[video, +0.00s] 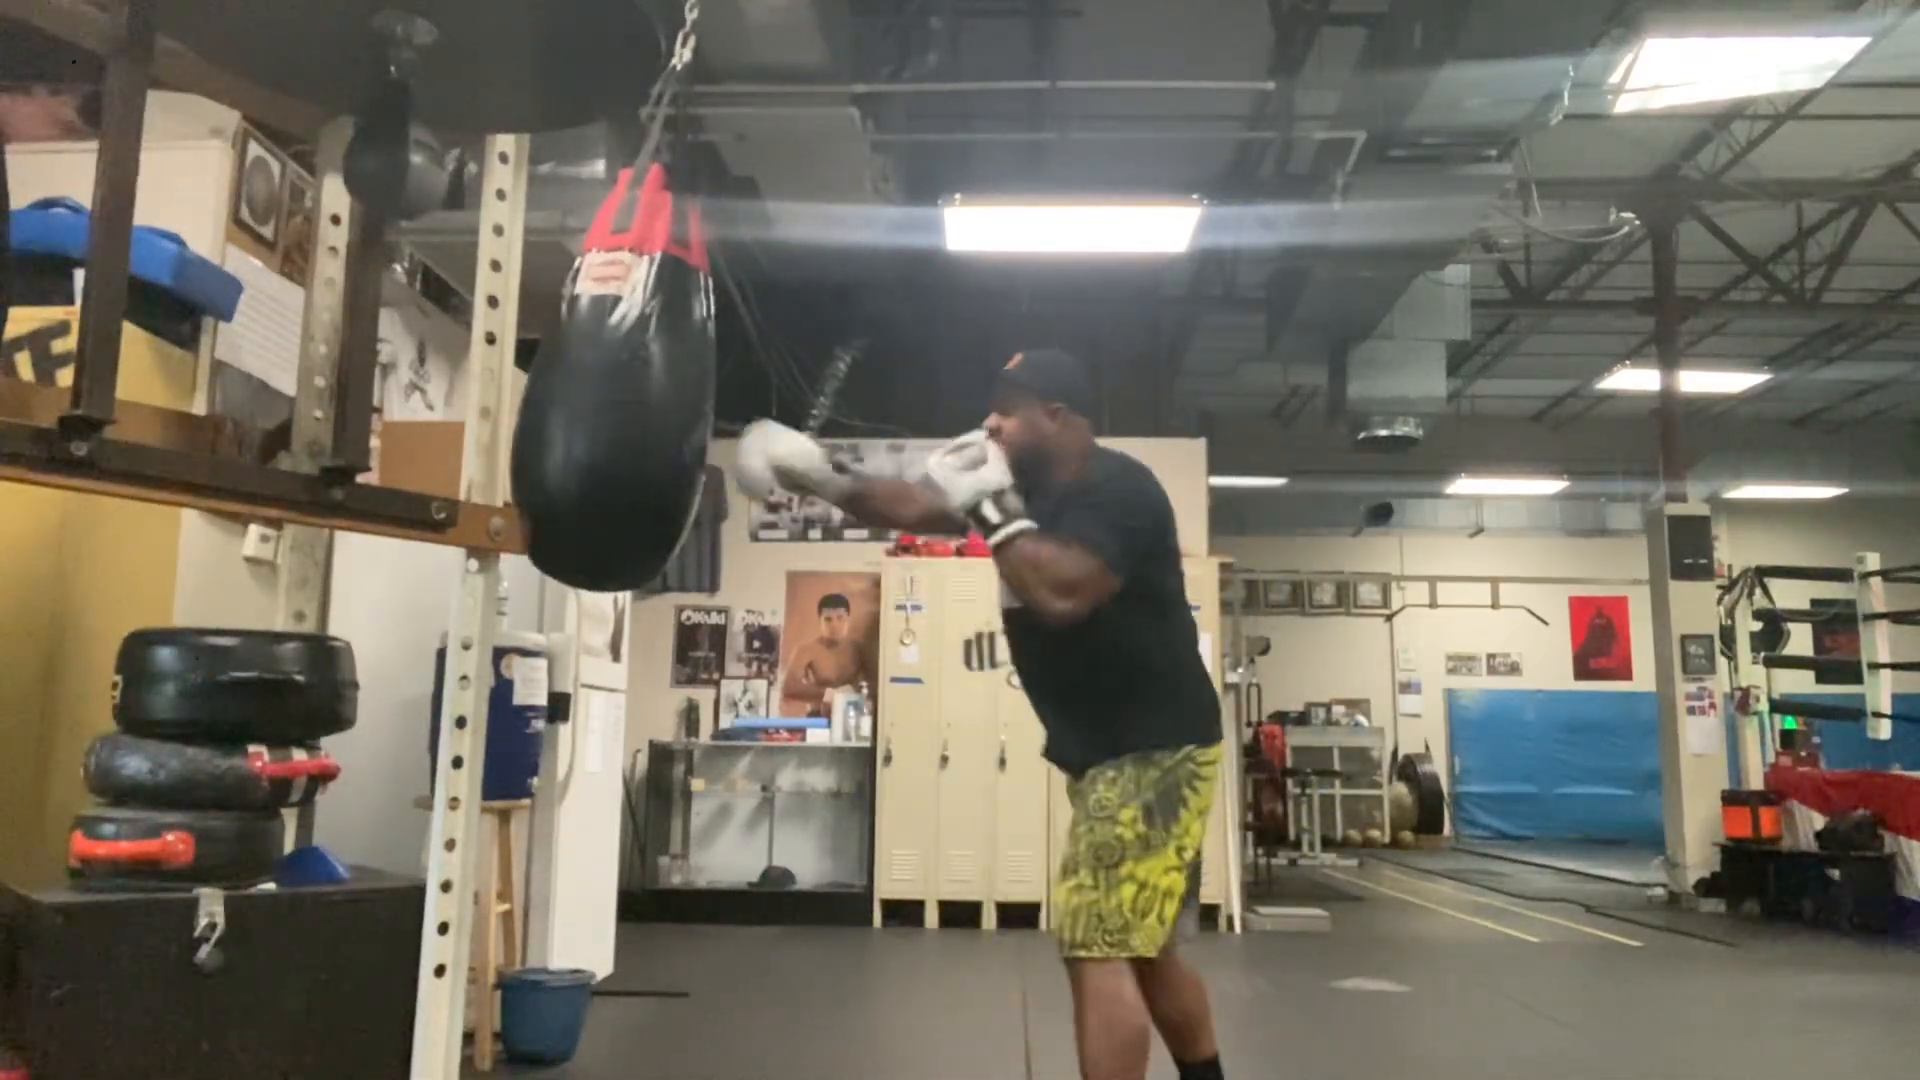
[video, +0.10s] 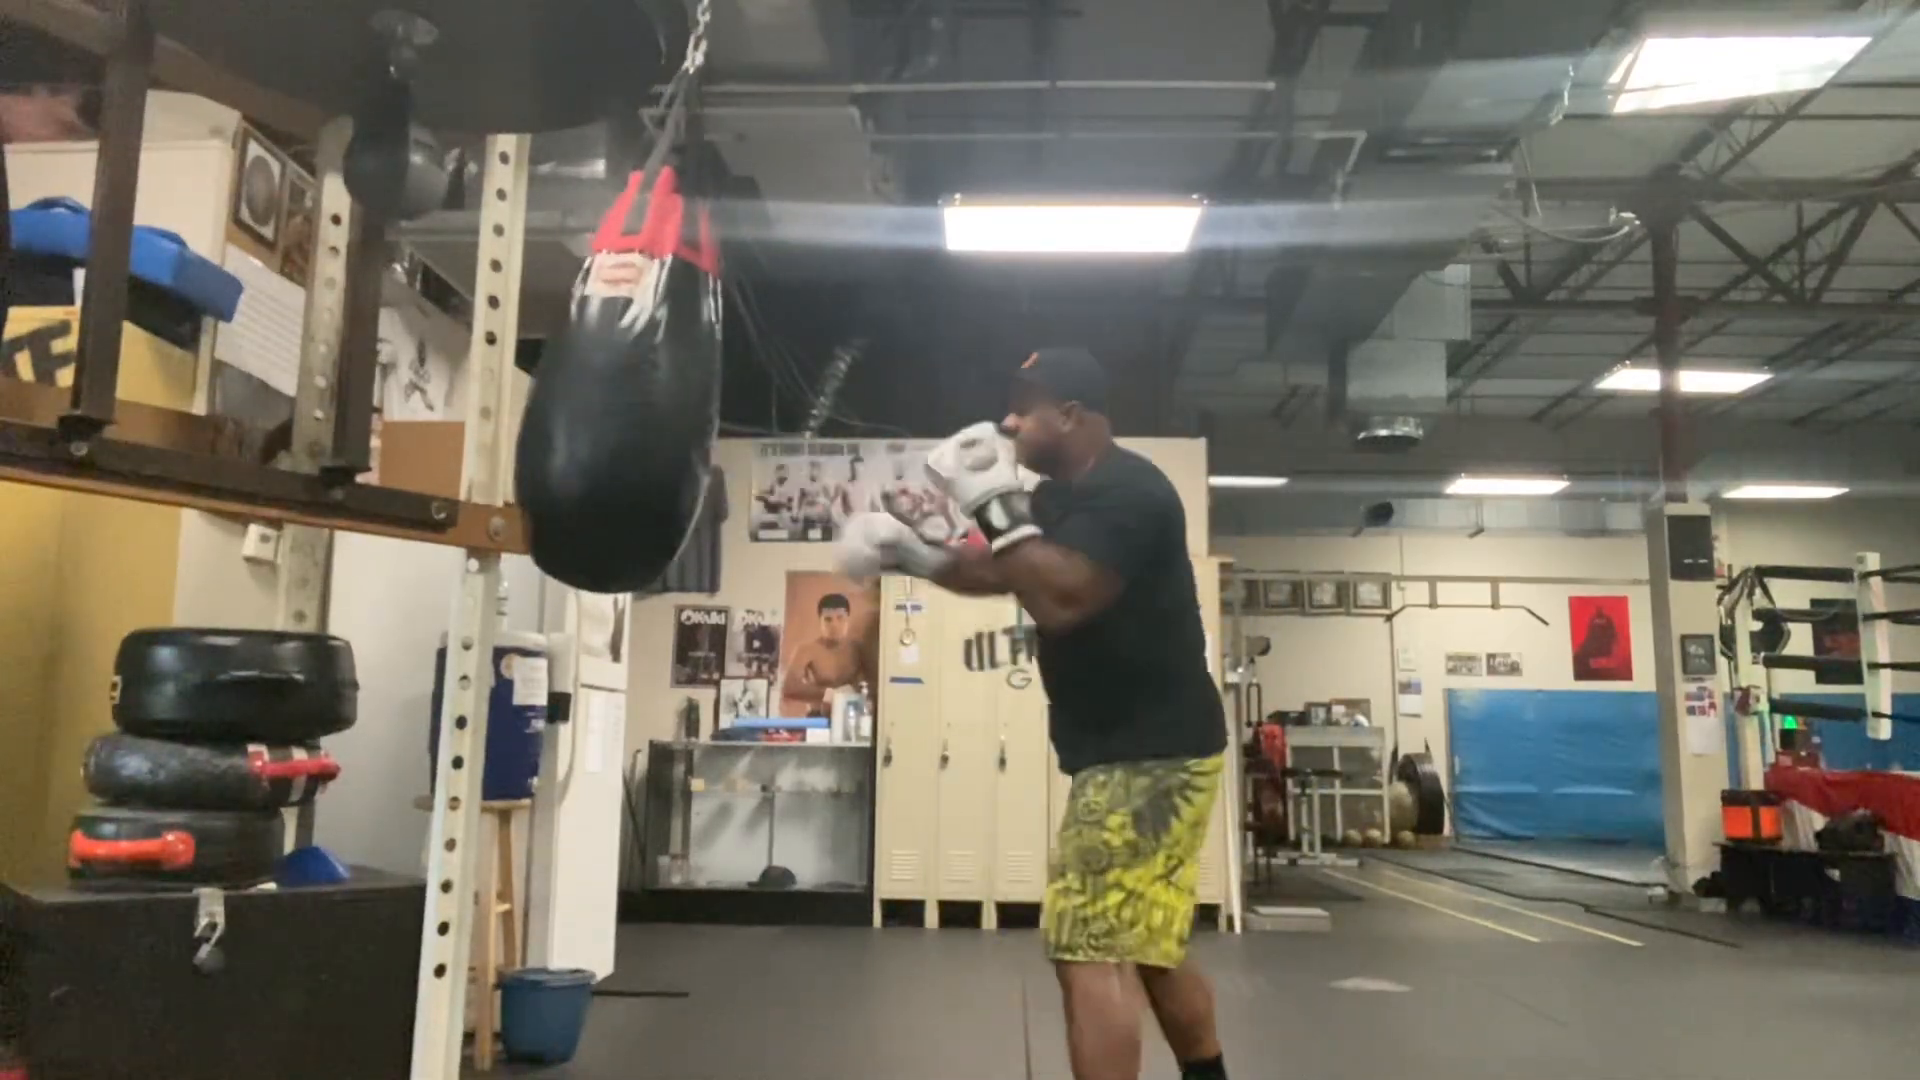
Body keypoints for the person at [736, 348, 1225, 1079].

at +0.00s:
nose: (993, 428)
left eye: (1006, 414)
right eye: (994, 414)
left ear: (1057, 416)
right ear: (1045, 419)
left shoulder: (1121, 488)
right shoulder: (1032, 491)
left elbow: (1064, 591)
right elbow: (920, 504)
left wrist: (999, 509)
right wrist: (821, 475)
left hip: (1155, 750)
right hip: (1105, 754)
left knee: (1094, 942)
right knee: (1148, 949)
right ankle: (1206, 1077)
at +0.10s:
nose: (1012, 429)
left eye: (1024, 414)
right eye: (1013, 415)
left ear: (1073, 417)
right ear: (1064, 419)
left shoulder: (1132, 493)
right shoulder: (1058, 497)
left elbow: (1062, 598)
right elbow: (1004, 572)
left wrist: (1003, 523)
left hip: (1151, 754)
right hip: (1123, 753)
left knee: (1084, 944)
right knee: (1156, 948)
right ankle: (1209, 1079)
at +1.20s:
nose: (1066, 434)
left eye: (1077, 418)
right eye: (1068, 418)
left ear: (1120, 420)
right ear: (1127, 423)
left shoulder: (1158, 489)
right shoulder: (1158, 491)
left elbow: (1105, 585)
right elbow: (1102, 615)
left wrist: (1040, 517)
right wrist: (1028, 585)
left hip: (1182, 749)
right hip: (1211, 745)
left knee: (1135, 950)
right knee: (1199, 949)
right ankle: (1252, 1074)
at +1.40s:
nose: (1057, 444)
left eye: (1065, 428)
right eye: (1057, 429)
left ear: (1108, 428)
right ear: (1125, 431)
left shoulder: (1112, 498)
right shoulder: (1193, 496)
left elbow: (1054, 616)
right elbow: (1128, 603)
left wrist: (975, 591)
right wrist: (1037, 563)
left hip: (1158, 750)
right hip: (1226, 745)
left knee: (1074, 954)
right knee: (1196, 943)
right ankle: (1255, 1075)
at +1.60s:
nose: (1022, 434)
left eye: (1035, 420)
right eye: (1021, 421)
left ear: (1083, 421)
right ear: (1068, 426)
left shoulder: (1153, 494)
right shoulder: (1059, 497)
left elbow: (1128, 591)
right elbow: (970, 528)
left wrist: (1042, 506)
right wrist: (894, 488)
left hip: (1158, 752)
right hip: (1112, 751)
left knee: (1084, 943)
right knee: (1161, 948)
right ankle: (1247, 1072)